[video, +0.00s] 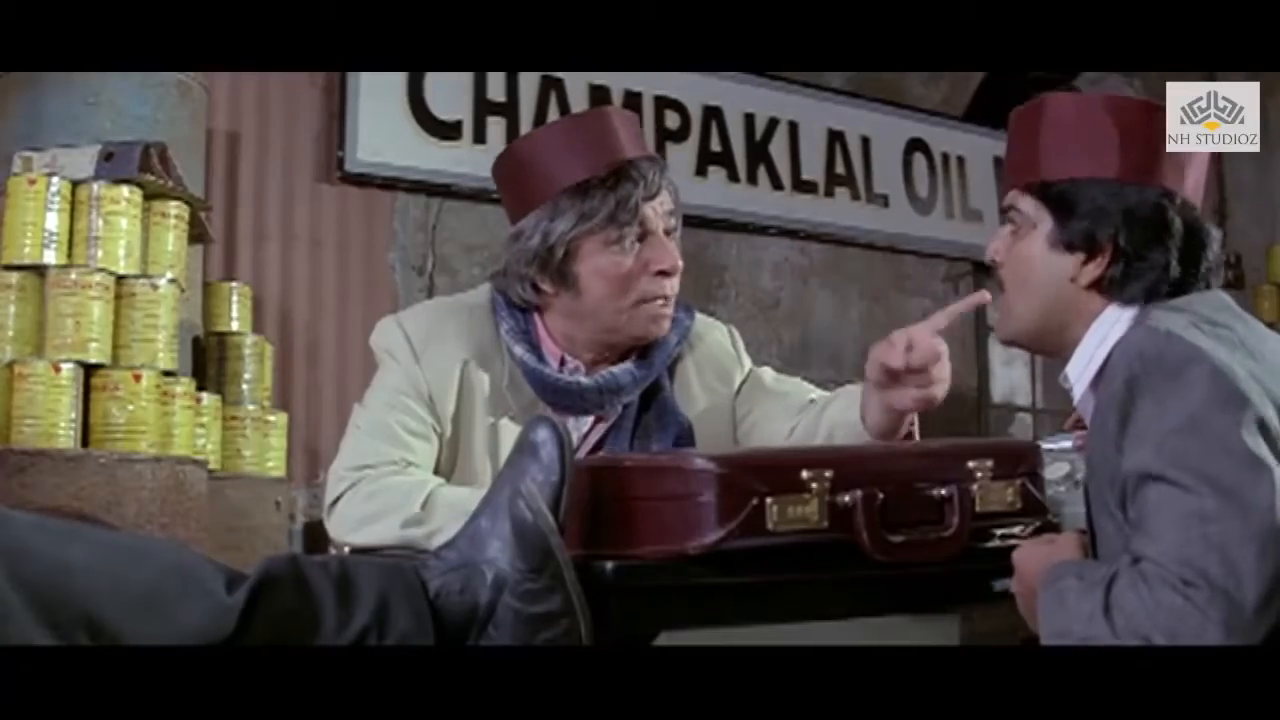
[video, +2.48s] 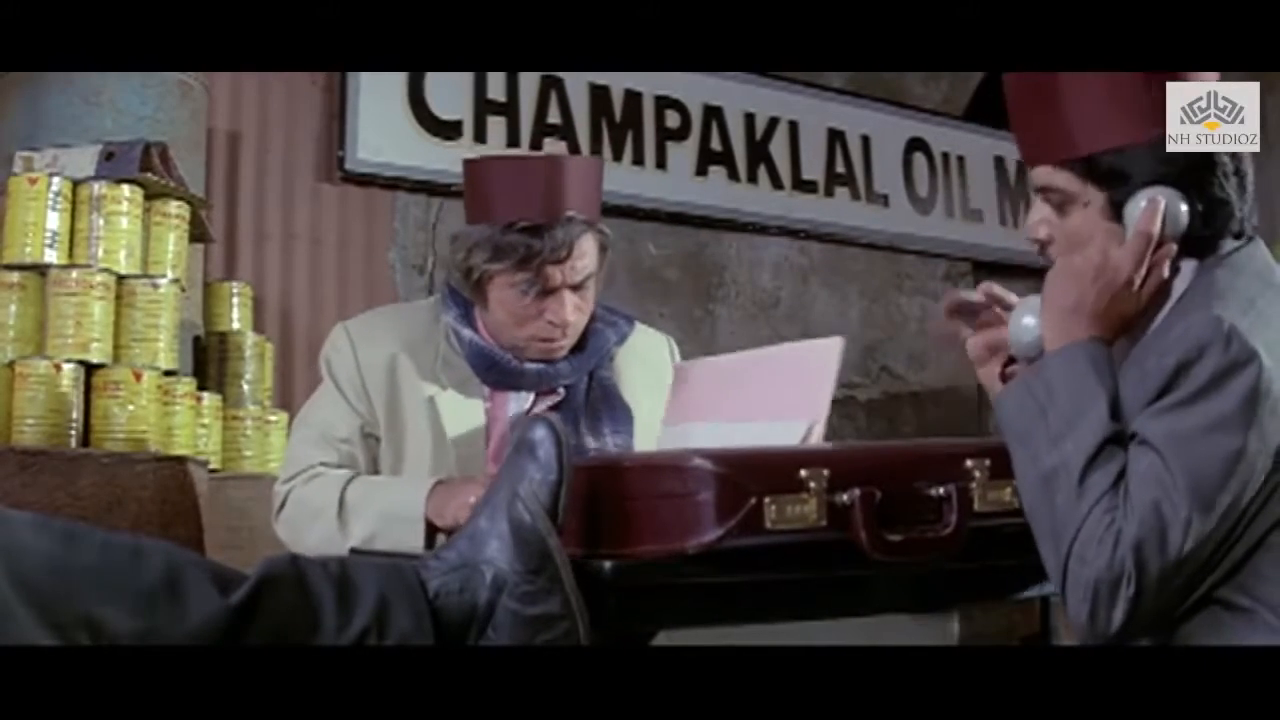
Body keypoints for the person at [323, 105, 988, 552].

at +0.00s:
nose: (667, 261)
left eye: (671, 234)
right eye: (629, 242)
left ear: (682, 240)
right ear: (546, 268)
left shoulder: (702, 353)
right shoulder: (427, 348)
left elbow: (789, 425)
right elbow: (365, 502)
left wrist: (876, 409)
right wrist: (560, 537)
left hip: (663, 628)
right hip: (473, 634)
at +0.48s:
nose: (650, 255)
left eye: (651, 230)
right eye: (616, 235)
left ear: (658, 230)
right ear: (530, 252)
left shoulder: (682, 340)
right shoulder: (405, 343)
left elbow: (781, 406)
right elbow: (325, 493)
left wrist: (861, 335)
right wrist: (477, 491)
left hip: (647, 620)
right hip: (457, 630)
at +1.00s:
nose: (598, 266)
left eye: (608, 238)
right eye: (566, 243)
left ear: (620, 235)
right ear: (491, 252)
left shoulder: (662, 339)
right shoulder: (375, 345)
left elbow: (802, 430)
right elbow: (293, 491)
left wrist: (751, 413)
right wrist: (404, 484)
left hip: (629, 618)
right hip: (445, 628)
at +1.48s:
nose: (545, 299)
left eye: (562, 273)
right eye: (518, 274)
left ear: (582, 266)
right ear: (459, 263)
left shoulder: (633, 356)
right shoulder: (360, 354)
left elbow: (697, 483)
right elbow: (291, 504)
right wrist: (404, 487)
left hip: (588, 619)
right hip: (413, 625)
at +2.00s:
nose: (526, 310)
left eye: (548, 282)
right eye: (500, 283)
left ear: (571, 270)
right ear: (447, 269)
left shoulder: (626, 354)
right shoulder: (357, 358)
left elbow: (690, 473)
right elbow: (293, 509)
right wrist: (416, 487)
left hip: (584, 620)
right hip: (410, 625)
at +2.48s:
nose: (563, 315)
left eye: (581, 285)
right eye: (534, 290)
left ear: (599, 272)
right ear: (475, 276)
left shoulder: (649, 360)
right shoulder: (370, 354)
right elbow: (301, 501)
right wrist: (431, 503)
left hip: (588, 624)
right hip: (419, 627)